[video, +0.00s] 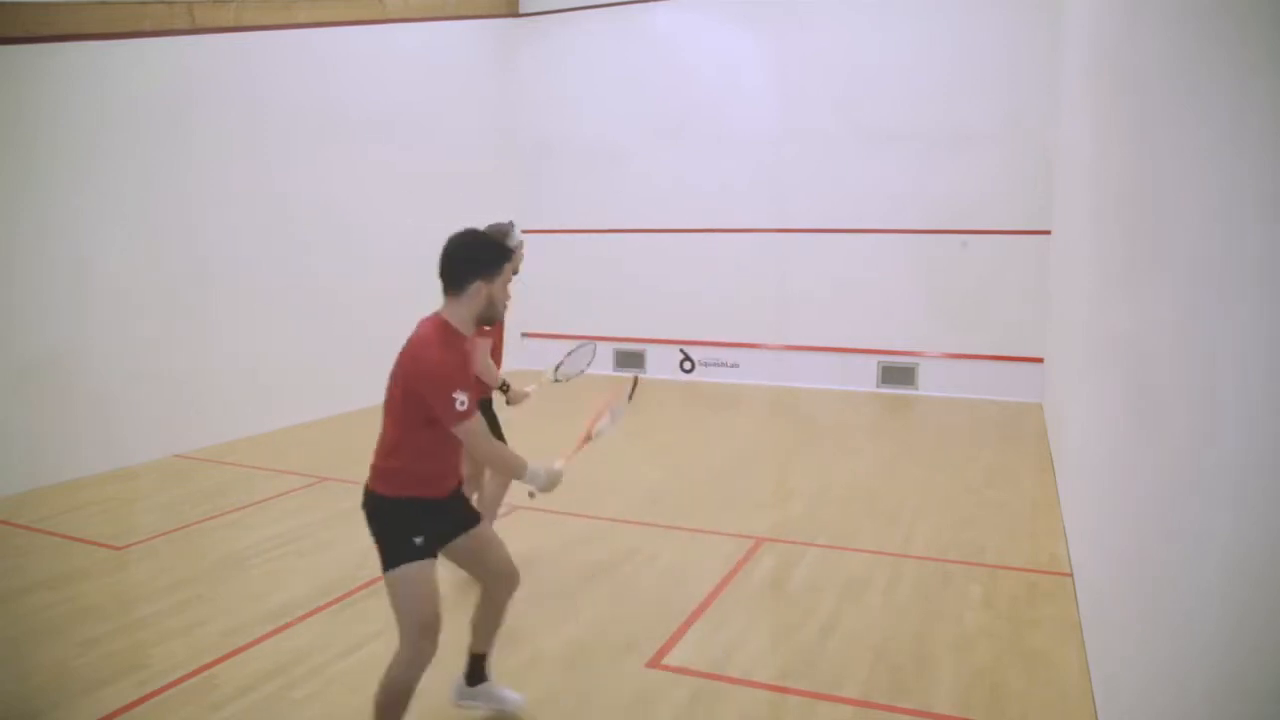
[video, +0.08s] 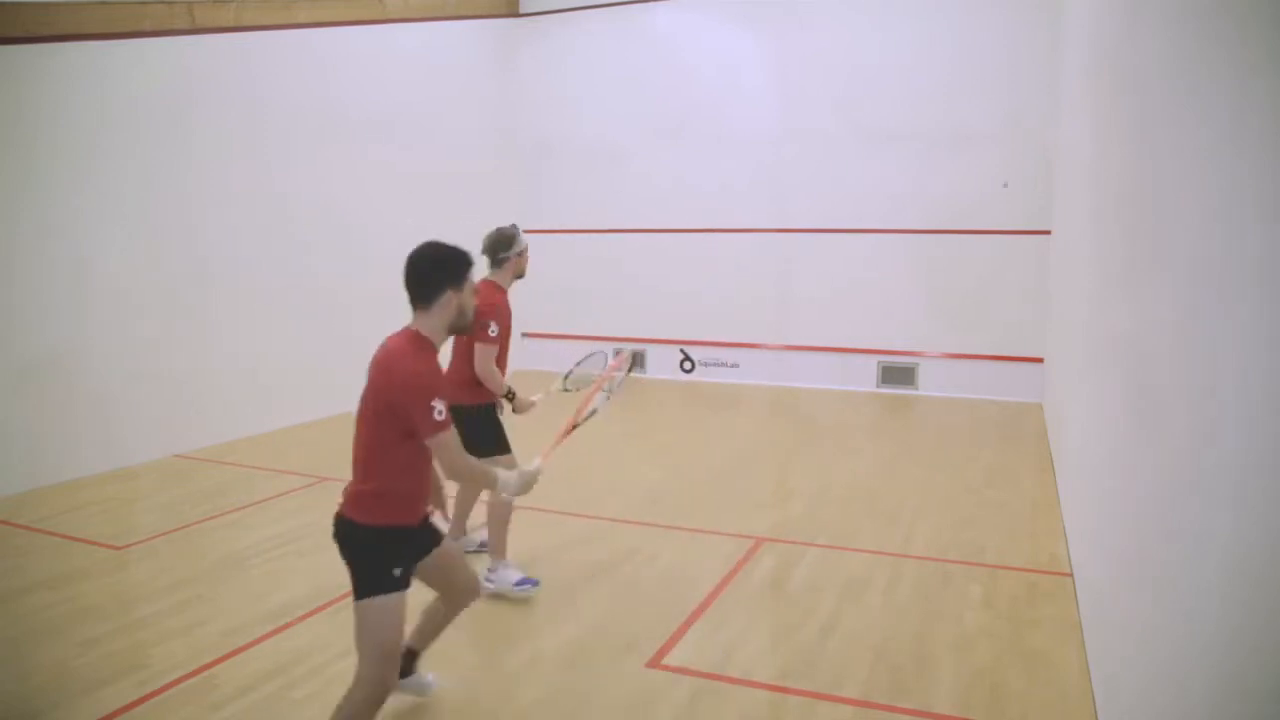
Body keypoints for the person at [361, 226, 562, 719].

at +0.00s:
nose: (509, 294)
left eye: (509, 283)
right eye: (506, 283)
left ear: (472, 284)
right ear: (482, 285)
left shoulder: (463, 342)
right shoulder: (433, 350)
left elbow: (470, 427)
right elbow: (481, 445)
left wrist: (471, 484)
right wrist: (532, 473)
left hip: (440, 496)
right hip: (398, 503)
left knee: (502, 578)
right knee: (418, 642)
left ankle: (474, 682)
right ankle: (385, 718)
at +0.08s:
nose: (474, 302)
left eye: (473, 291)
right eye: (471, 291)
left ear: (424, 293)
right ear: (452, 295)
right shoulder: (414, 365)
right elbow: (452, 461)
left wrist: (435, 504)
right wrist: (502, 479)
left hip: (405, 520)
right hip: (374, 528)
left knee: (463, 587)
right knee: (377, 677)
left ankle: (402, 668)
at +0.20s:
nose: (433, 317)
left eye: (429, 306)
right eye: (427, 307)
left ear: (383, 317)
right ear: (409, 317)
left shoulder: (356, 372)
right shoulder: (380, 389)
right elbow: (402, 493)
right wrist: (468, 522)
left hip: (334, 536)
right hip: (345, 548)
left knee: (382, 607)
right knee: (365, 688)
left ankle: (284, 682)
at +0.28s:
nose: (413, 299)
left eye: (409, 289)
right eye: (407, 290)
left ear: (365, 301)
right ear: (389, 301)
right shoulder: (368, 367)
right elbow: (362, 464)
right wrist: (420, 517)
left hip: (310, 514)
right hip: (331, 525)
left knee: (310, 619)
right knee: (334, 654)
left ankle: (244, 704)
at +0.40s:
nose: (400, 267)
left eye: (396, 256)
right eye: (394, 258)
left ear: (357, 270)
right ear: (376, 267)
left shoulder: (329, 317)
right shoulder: (360, 326)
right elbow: (337, 402)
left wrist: (304, 440)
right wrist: (370, 471)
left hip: (296, 473)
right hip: (319, 481)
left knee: (292, 594)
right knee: (320, 602)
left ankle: (247, 694)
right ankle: (284, 713)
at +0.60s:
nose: (393, 264)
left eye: (389, 255)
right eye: (388, 256)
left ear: (349, 267)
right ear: (369, 265)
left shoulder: (308, 311)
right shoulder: (365, 326)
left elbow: (267, 372)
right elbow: (343, 403)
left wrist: (281, 432)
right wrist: (359, 453)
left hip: (291, 454)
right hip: (319, 463)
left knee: (311, 545)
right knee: (285, 573)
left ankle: (301, 629)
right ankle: (235, 676)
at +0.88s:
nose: (420, 283)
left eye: (418, 274)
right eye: (414, 276)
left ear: (379, 282)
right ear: (391, 282)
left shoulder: (336, 318)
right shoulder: (392, 336)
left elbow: (303, 374)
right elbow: (380, 407)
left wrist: (332, 405)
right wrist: (394, 448)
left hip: (324, 447)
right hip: (359, 455)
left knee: (348, 517)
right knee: (364, 557)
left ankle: (353, 595)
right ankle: (294, 624)